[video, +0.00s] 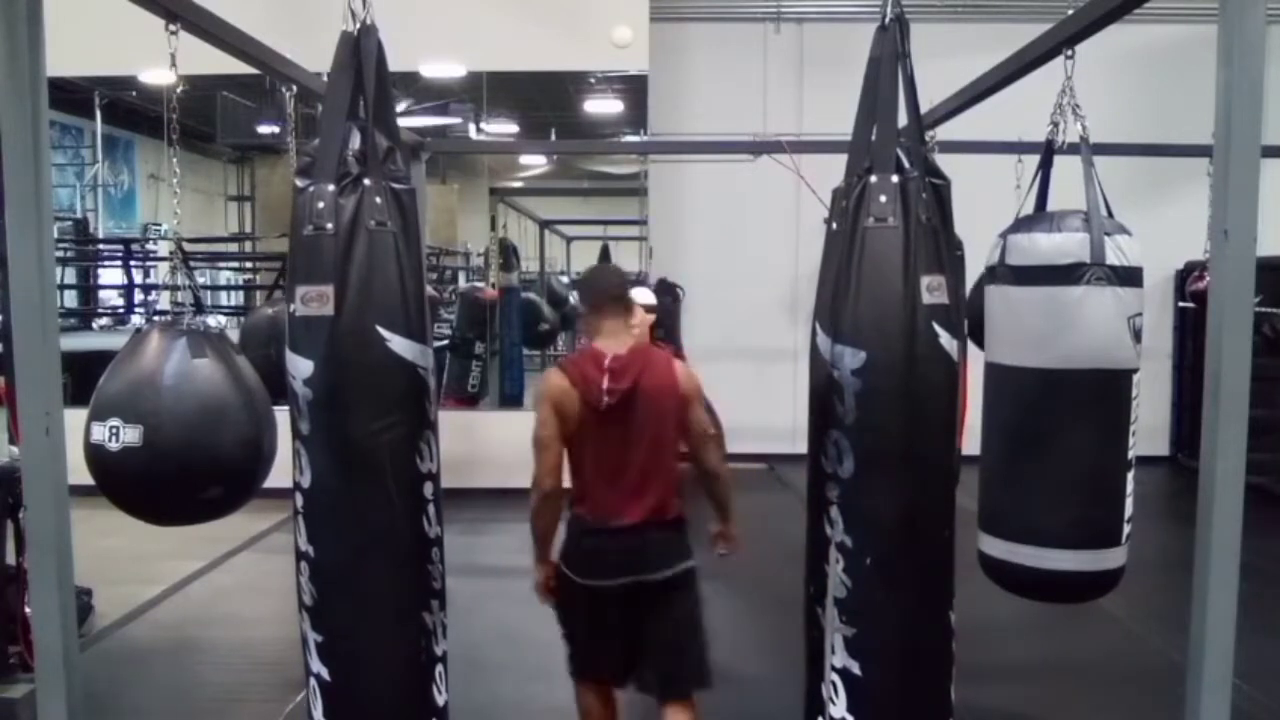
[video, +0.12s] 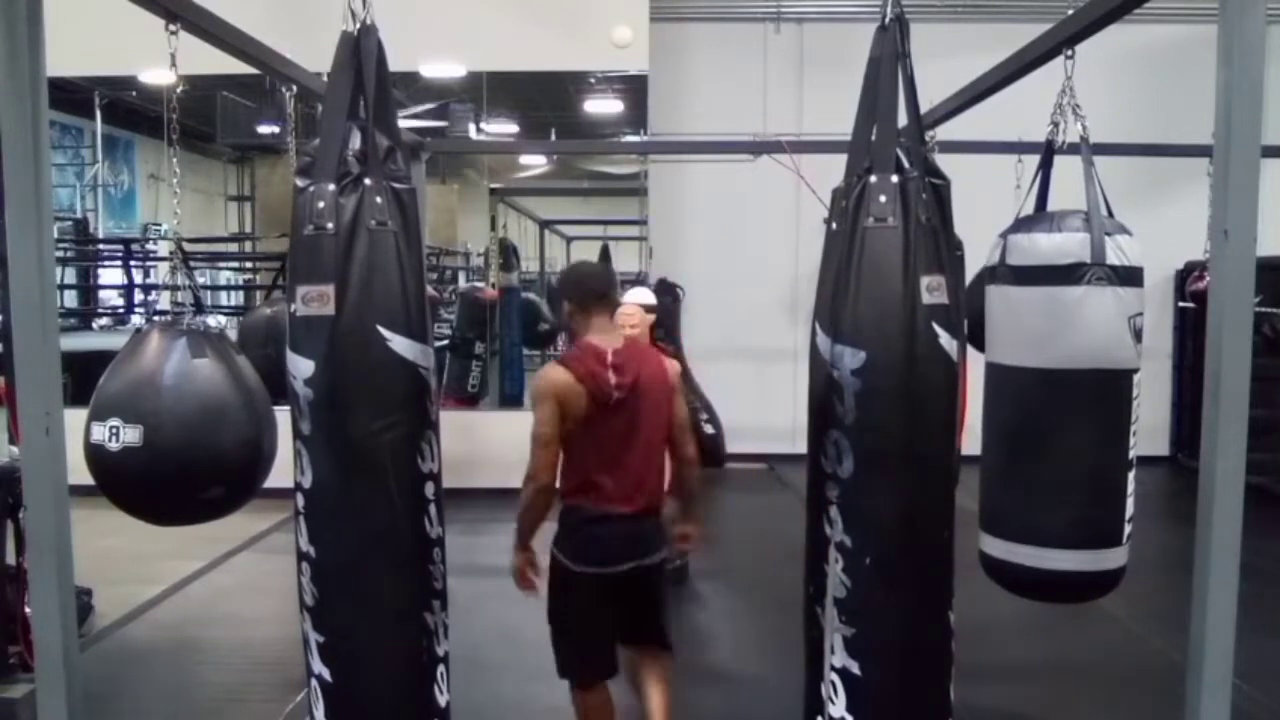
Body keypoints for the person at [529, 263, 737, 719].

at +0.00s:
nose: (643, 315)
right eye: (639, 308)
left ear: (583, 314)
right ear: (630, 309)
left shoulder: (558, 384)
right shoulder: (677, 375)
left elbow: (549, 486)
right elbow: (711, 463)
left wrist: (543, 559)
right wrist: (725, 520)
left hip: (590, 561)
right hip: (664, 557)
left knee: (593, 684)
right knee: (678, 693)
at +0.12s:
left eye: (559, 307)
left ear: (567, 310)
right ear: (615, 304)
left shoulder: (555, 379)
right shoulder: (664, 368)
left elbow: (543, 482)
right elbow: (687, 456)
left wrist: (523, 543)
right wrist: (689, 515)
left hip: (583, 545)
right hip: (645, 538)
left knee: (588, 680)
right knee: (649, 650)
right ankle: (658, 713)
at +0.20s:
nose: (555, 315)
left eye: (556, 307)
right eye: (557, 307)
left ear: (566, 308)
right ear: (612, 305)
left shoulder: (558, 377)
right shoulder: (659, 366)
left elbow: (548, 477)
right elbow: (681, 451)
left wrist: (520, 537)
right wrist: (671, 503)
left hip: (585, 536)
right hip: (642, 527)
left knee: (586, 675)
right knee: (635, 645)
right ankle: (646, 714)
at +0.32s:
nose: (536, 316)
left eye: (541, 306)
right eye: (536, 307)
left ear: (568, 306)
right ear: (584, 305)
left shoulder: (579, 373)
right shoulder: (615, 356)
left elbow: (572, 470)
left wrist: (523, 531)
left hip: (596, 520)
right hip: (625, 512)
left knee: (583, 659)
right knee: (594, 651)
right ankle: (605, 710)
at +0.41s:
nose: (534, 319)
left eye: (539, 309)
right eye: (534, 310)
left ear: (568, 309)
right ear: (576, 308)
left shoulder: (589, 372)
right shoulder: (604, 358)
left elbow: (584, 470)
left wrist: (526, 537)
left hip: (597, 522)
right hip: (612, 516)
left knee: (583, 664)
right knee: (587, 660)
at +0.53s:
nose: (533, 322)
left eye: (543, 312)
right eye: (531, 312)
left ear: (575, 308)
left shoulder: (607, 368)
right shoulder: (560, 366)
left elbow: (621, 461)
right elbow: (563, 441)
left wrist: (585, 537)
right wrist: (549, 498)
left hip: (605, 504)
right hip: (573, 502)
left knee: (590, 649)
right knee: (580, 645)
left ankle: (604, 715)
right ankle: (598, 713)